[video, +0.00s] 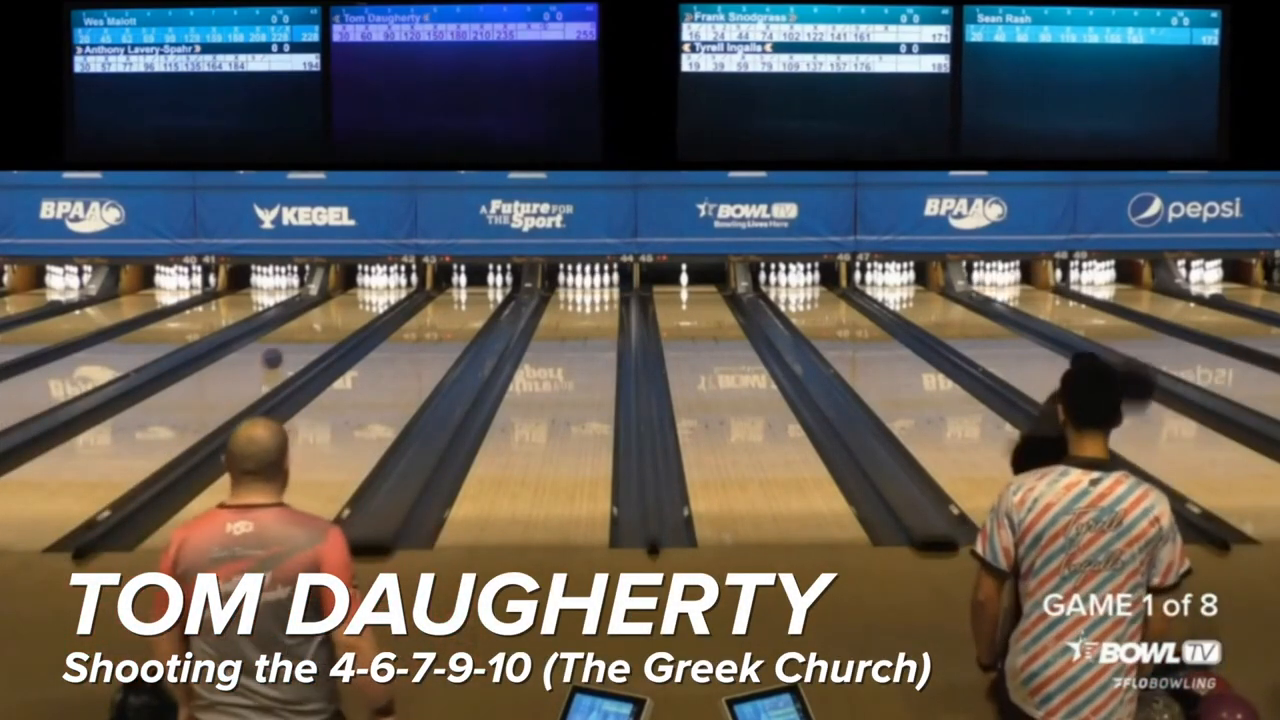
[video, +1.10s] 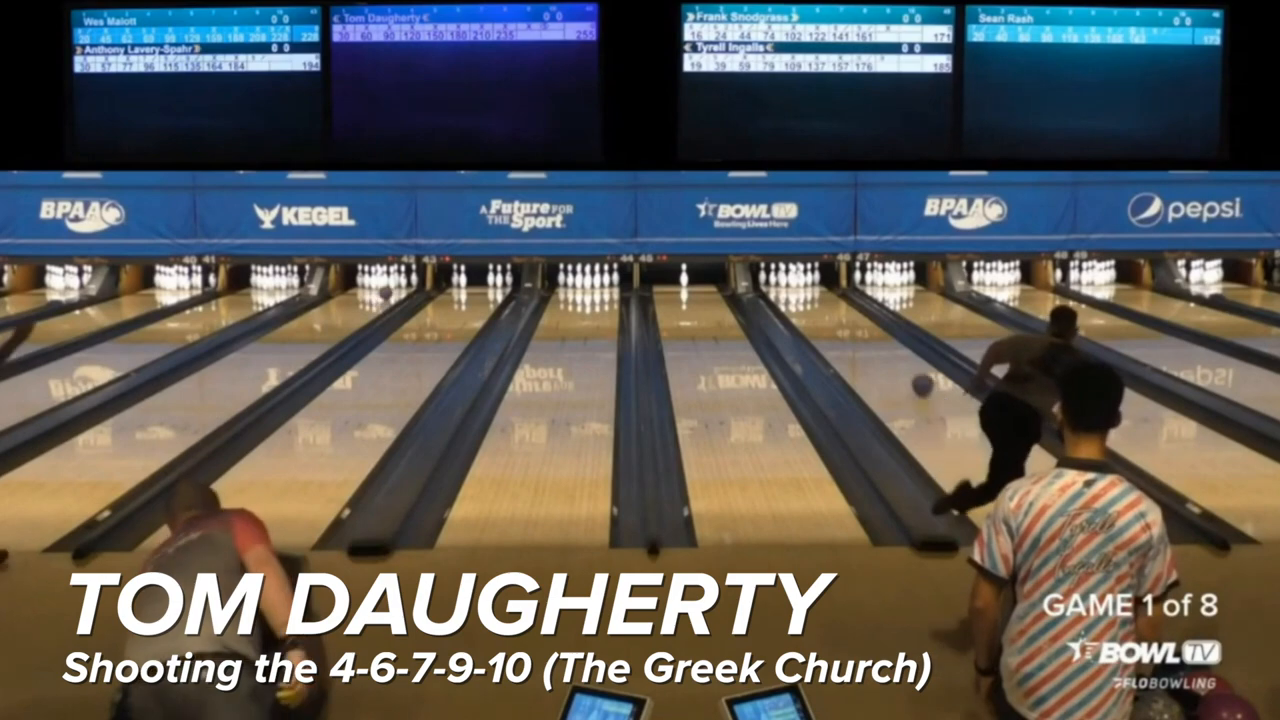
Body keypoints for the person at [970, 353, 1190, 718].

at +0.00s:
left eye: (1060, 405)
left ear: (1061, 412)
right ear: (1118, 418)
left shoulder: (1023, 493)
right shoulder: (1152, 504)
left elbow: (986, 595)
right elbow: (1161, 606)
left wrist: (988, 660)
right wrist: (1141, 670)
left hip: (1032, 686)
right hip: (1110, 693)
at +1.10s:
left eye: (1059, 406)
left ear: (1059, 415)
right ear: (1116, 421)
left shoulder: (1021, 499)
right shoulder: (1144, 512)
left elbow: (983, 601)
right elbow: (1149, 614)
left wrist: (984, 666)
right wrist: (1141, 674)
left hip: (1026, 687)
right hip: (1104, 695)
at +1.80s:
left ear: (1070, 415)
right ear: (1127, 421)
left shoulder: (1032, 497)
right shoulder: (1153, 514)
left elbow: (991, 601)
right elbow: (1154, 615)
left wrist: (987, 665)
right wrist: (1137, 673)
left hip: (1032, 686)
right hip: (1109, 696)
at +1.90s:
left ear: (1070, 415)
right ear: (1126, 423)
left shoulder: (1031, 497)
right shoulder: (1152, 514)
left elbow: (991, 600)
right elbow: (1154, 614)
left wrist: (988, 667)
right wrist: (1137, 673)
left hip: (1032, 685)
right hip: (1109, 694)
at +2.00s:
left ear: (1069, 416)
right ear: (1125, 423)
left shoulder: (1029, 497)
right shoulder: (1151, 514)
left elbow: (992, 601)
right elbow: (1153, 616)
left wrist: (988, 669)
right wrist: (1137, 675)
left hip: (1032, 687)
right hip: (1108, 694)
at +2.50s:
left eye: (1026, 407)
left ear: (1028, 414)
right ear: (1082, 416)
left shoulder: (999, 501)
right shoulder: (1117, 502)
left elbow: (971, 607)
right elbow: (1129, 595)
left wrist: (971, 682)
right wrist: (1129, 656)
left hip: (1023, 687)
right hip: (1094, 686)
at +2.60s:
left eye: (1016, 408)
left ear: (1018, 415)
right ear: (1071, 415)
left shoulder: (993, 502)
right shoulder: (1109, 500)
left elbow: (968, 606)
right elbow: (1123, 580)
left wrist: (969, 685)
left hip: (1023, 682)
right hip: (1093, 681)